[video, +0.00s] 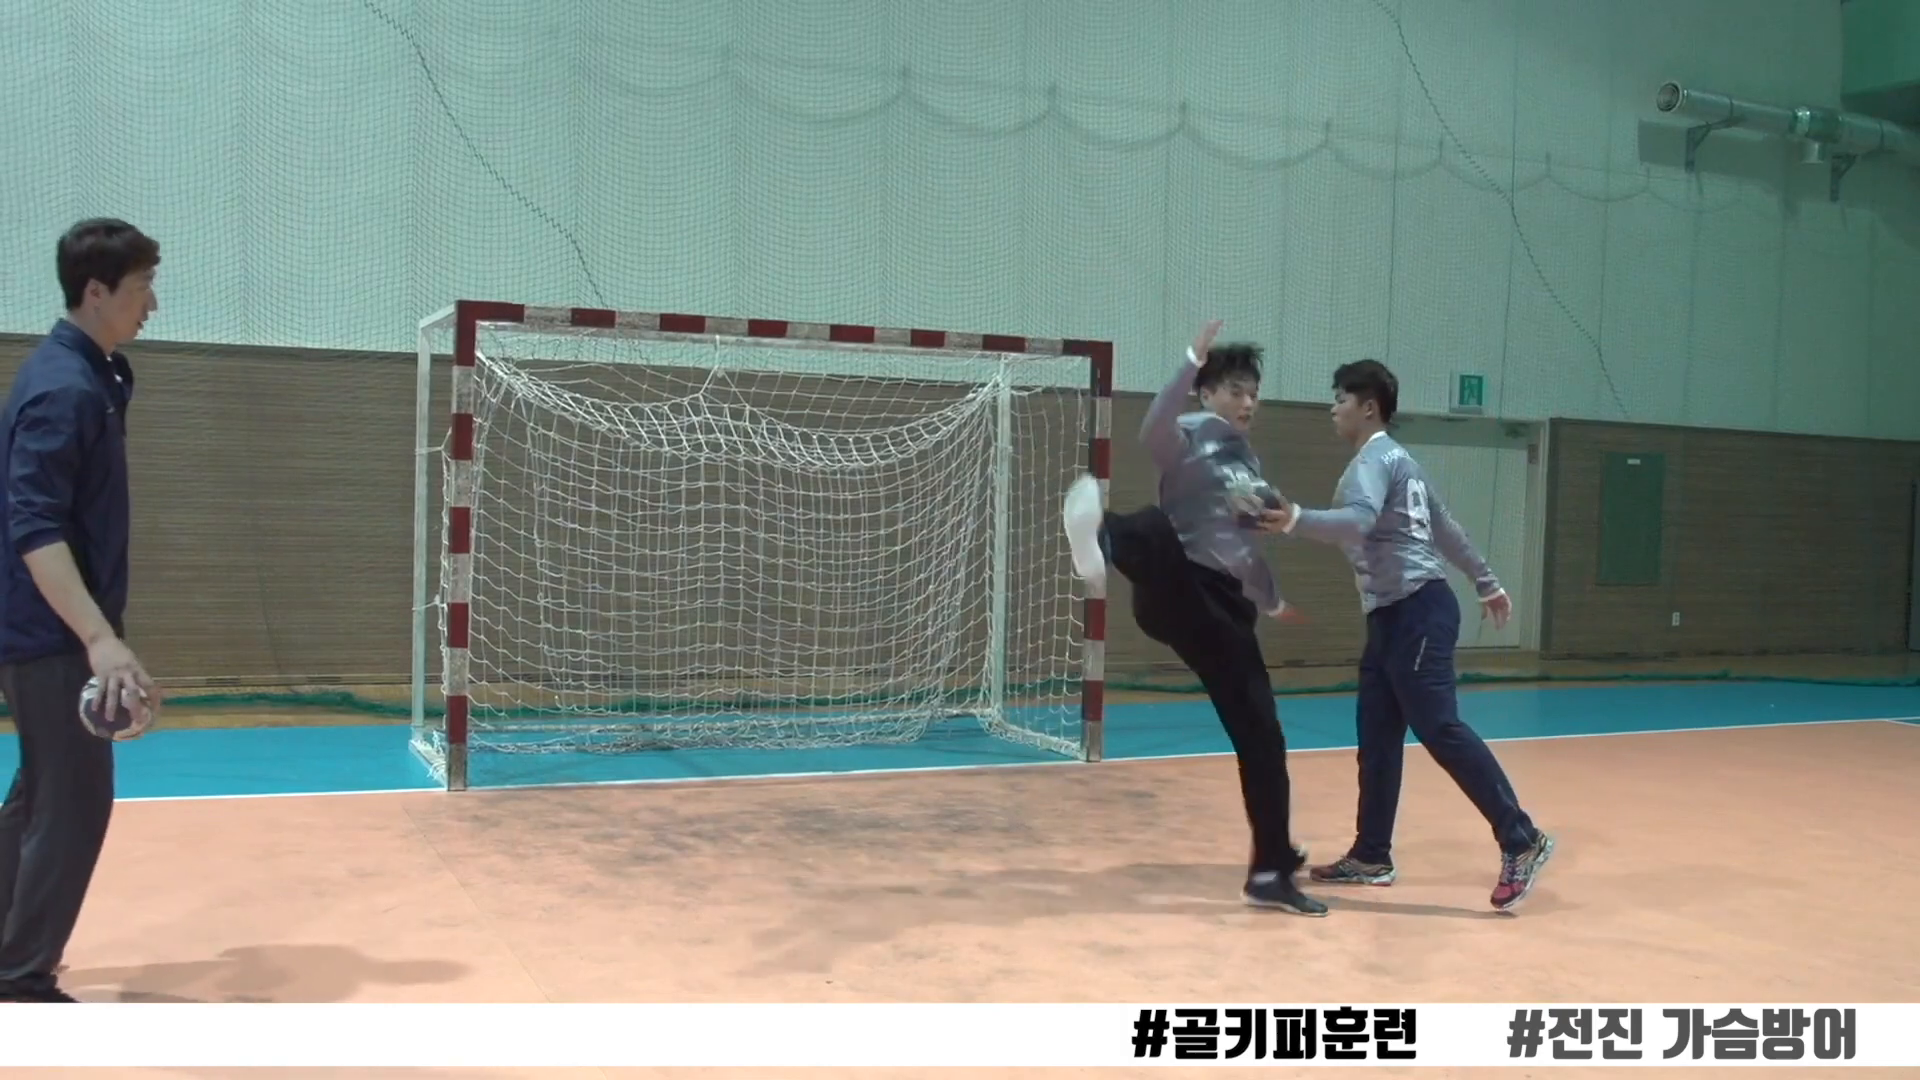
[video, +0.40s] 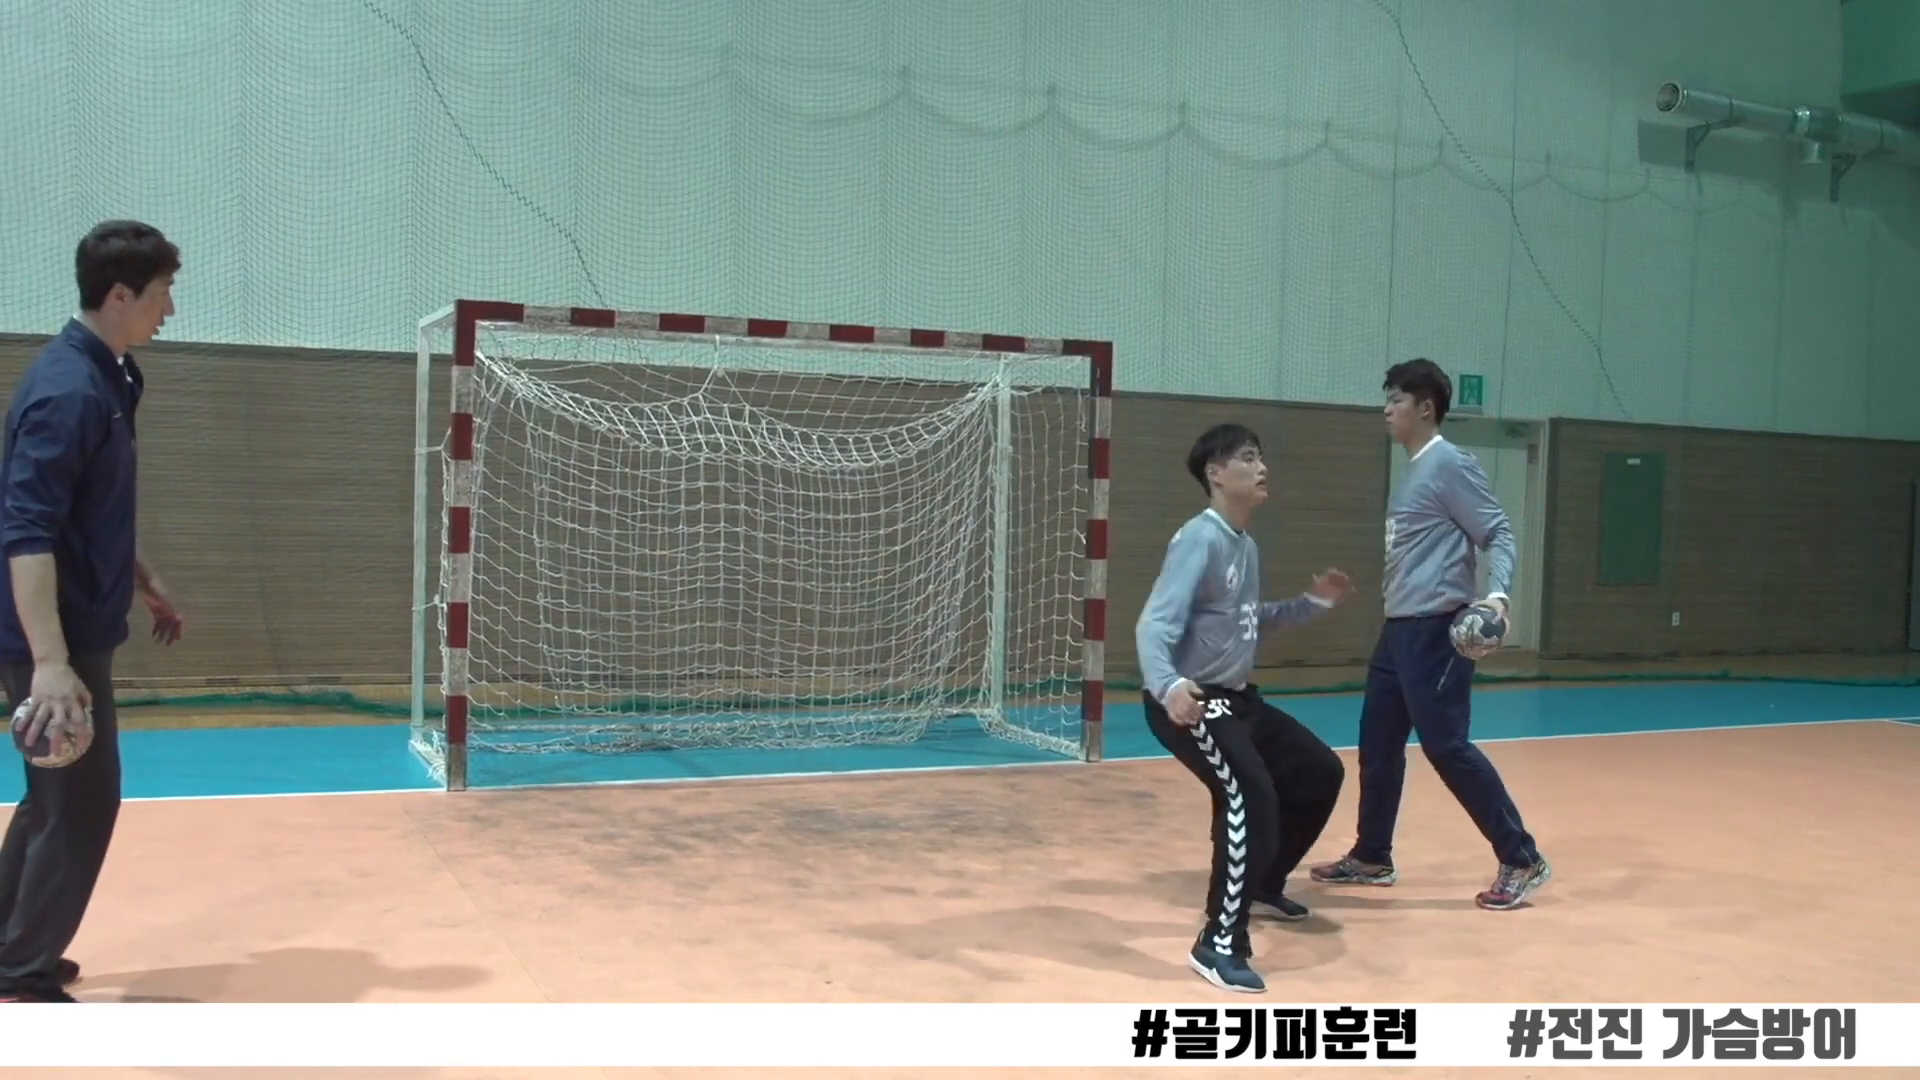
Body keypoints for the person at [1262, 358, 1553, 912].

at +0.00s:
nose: (1333, 408)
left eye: (1342, 399)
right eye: (1335, 399)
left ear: (1370, 406)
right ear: (1373, 409)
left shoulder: (1373, 457)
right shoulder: (1403, 463)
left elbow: (1359, 520)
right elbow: (1446, 528)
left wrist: (1296, 520)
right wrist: (1486, 581)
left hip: (1419, 607)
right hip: (1392, 614)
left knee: (1437, 726)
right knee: (1379, 733)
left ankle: (1523, 840)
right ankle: (1370, 856)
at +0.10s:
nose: (1333, 411)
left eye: (1340, 402)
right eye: (1334, 401)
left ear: (1367, 406)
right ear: (1369, 408)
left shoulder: (1379, 457)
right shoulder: (1393, 459)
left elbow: (1410, 525)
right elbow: (1438, 529)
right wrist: (1480, 587)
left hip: (1415, 611)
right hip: (1393, 615)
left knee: (1416, 725)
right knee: (1376, 732)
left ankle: (1507, 841)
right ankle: (1371, 857)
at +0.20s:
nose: (1343, 410)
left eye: (1351, 400)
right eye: (1344, 401)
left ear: (1381, 404)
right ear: (1376, 407)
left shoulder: (1397, 456)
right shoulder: (1385, 458)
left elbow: (1446, 521)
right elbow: (1439, 531)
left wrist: (1441, 573)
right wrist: (1471, 597)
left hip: (1414, 616)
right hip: (1391, 618)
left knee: (1407, 731)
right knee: (1374, 732)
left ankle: (1503, 839)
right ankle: (1371, 855)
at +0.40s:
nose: (1386, 407)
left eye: (1397, 398)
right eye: (1388, 398)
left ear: (1427, 406)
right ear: (1408, 408)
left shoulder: (1450, 464)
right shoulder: (1418, 467)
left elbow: (1500, 536)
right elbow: (1438, 546)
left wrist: (1495, 599)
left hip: (1435, 628)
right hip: (1400, 628)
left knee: (1447, 748)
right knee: (1378, 743)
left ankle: (1521, 859)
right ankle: (1370, 857)